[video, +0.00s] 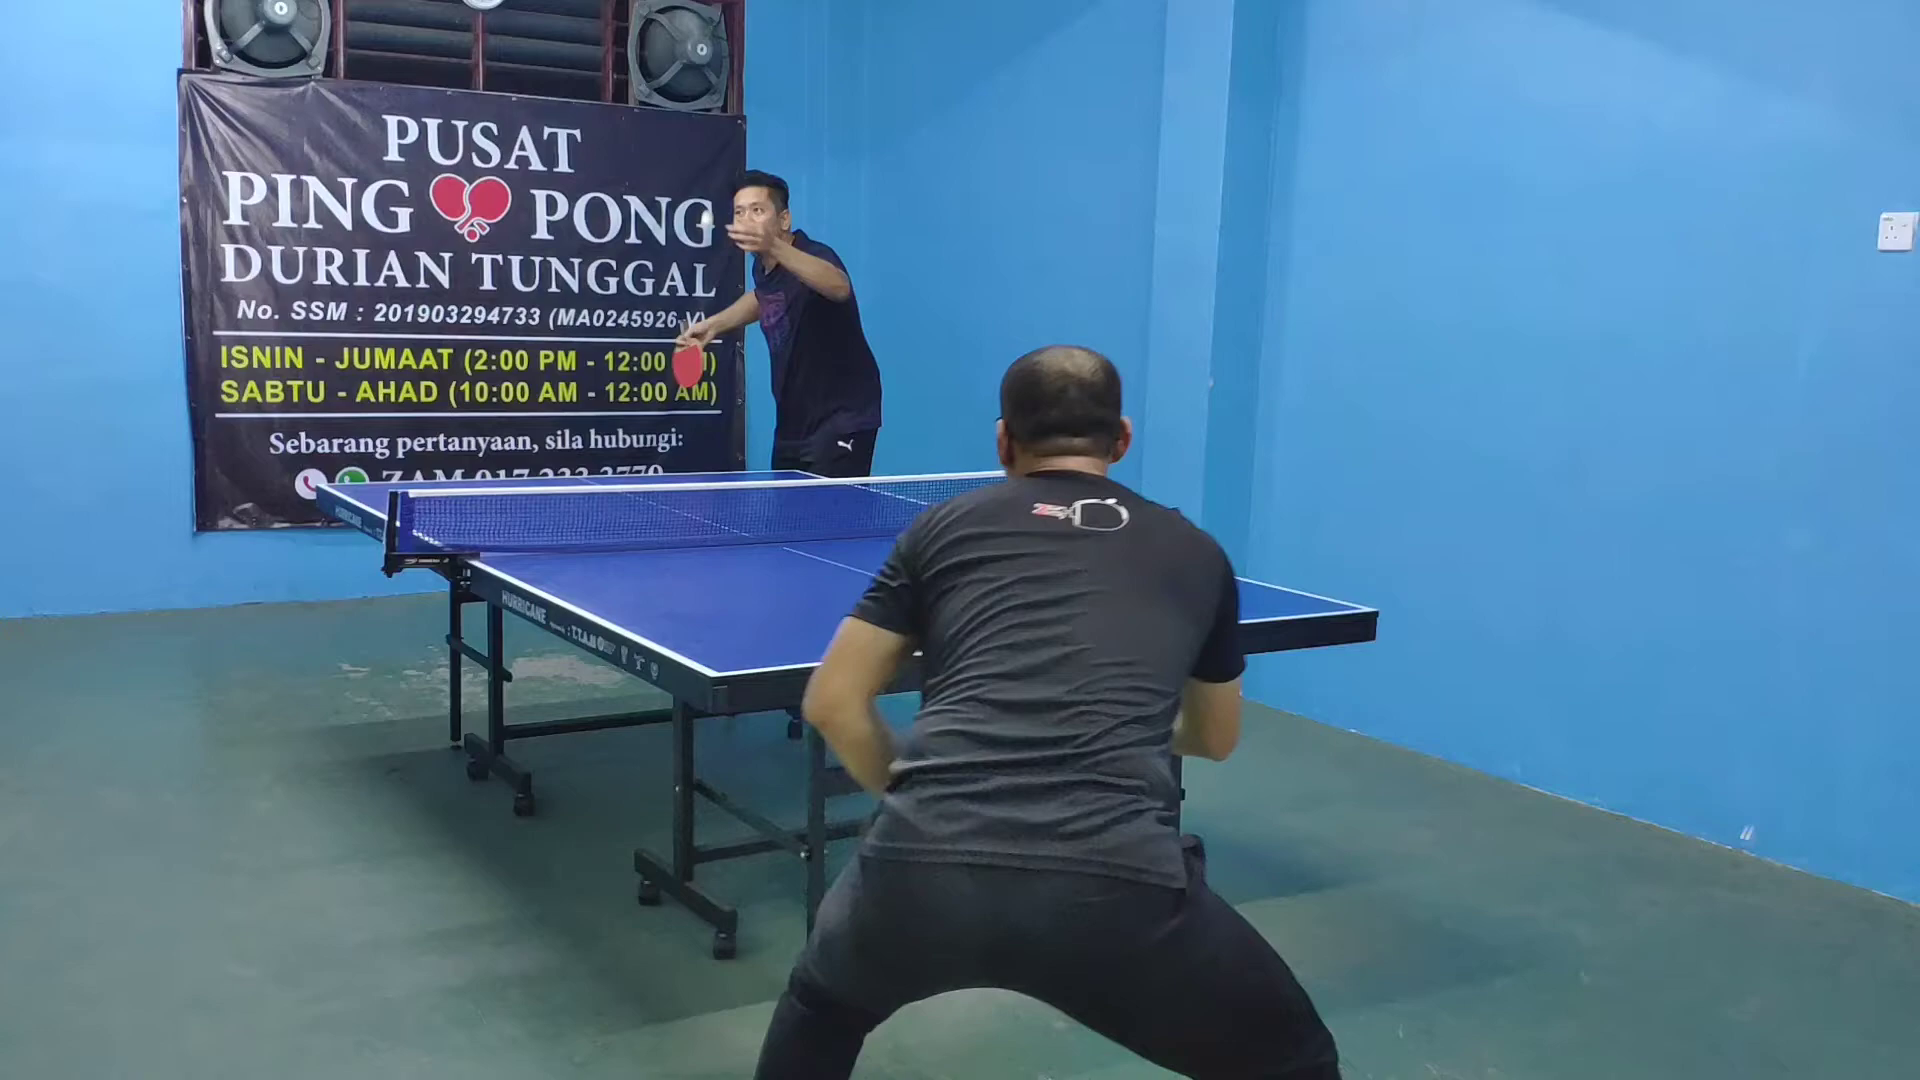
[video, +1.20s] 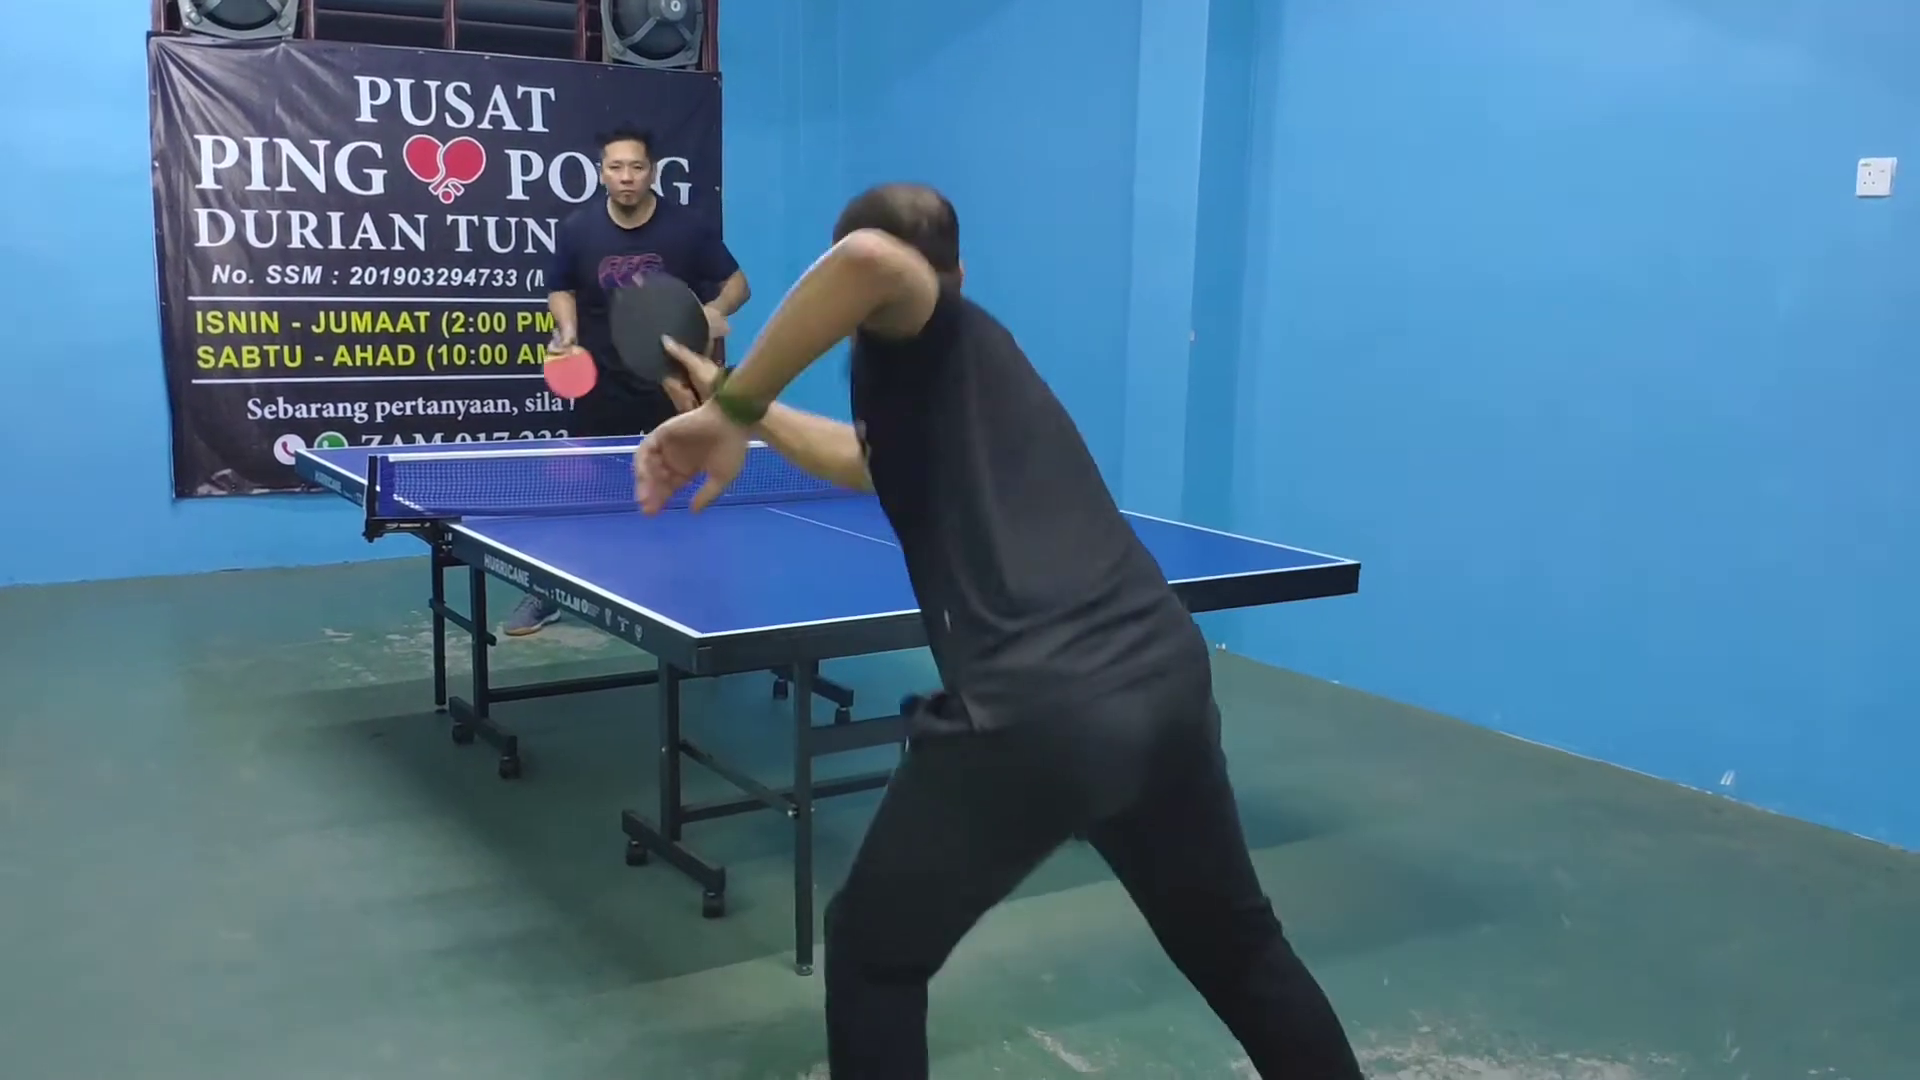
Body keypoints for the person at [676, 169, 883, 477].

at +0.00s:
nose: (747, 221)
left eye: (758, 210)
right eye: (739, 213)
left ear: (783, 219)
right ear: (734, 221)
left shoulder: (813, 255)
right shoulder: (762, 266)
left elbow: (841, 288)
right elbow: (762, 299)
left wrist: (776, 246)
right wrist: (712, 326)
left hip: (843, 416)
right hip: (794, 418)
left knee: (828, 518)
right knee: (783, 519)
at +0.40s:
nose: (744, 220)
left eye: (755, 210)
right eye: (735, 211)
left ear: (778, 218)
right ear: (727, 217)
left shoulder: (810, 258)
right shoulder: (734, 262)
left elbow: (869, 306)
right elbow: (727, 284)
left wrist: (833, 290)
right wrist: (696, 323)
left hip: (826, 405)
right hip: (771, 406)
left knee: (809, 506)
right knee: (766, 505)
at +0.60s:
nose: (740, 206)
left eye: (752, 197)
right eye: (732, 195)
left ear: (771, 204)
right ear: (720, 199)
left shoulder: (804, 252)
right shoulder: (704, 247)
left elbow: (851, 289)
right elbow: (669, 307)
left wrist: (870, 301)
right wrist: (694, 294)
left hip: (792, 400)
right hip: (732, 398)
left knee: (784, 500)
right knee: (730, 500)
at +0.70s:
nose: (731, 195)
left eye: (743, 187)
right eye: (722, 185)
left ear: (759, 195)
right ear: (708, 192)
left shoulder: (793, 246)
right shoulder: (688, 240)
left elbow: (840, 286)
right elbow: (651, 299)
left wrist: (861, 298)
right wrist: (678, 290)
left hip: (775, 399)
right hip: (707, 396)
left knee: (776, 498)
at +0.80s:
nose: (712, 189)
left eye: (723, 180)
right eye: (702, 178)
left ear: (739, 189)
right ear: (688, 186)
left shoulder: (771, 241)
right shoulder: (664, 237)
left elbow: (819, 285)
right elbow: (628, 294)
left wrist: (832, 303)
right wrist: (651, 292)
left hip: (751, 405)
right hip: (678, 402)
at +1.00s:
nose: (657, 187)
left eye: (667, 179)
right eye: (648, 178)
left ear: (684, 187)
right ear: (632, 185)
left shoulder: (711, 242)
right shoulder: (605, 242)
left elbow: (754, 292)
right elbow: (572, 303)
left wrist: (765, 316)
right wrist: (595, 312)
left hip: (697, 403)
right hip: (622, 402)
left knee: (721, 499)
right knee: (581, 496)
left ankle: (740, 602)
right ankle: (547, 600)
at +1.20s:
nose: (626, 176)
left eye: (635, 167)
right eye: (616, 167)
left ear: (652, 172)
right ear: (602, 173)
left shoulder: (687, 227)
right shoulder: (577, 229)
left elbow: (737, 283)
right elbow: (560, 288)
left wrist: (716, 311)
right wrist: (568, 327)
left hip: (674, 387)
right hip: (602, 384)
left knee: (683, 486)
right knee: (572, 484)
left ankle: (690, 594)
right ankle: (543, 591)